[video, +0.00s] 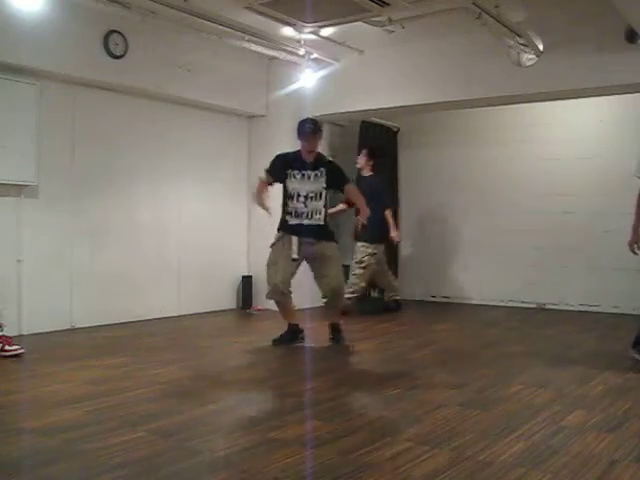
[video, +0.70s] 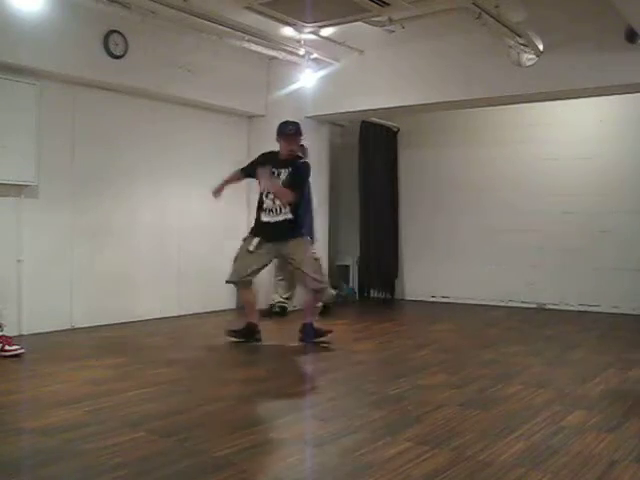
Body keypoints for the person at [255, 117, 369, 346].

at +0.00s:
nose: (310, 150)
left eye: (314, 145)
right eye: (306, 145)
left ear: (320, 140)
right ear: (299, 140)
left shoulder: (329, 167)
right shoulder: (284, 162)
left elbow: (349, 189)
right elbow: (264, 183)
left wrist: (363, 209)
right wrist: (262, 200)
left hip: (320, 238)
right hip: (289, 237)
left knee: (335, 287)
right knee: (276, 285)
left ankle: (335, 327)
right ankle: (293, 328)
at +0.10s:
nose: (304, 146)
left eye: (308, 142)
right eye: (300, 142)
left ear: (315, 140)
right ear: (294, 139)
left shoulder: (324, 164)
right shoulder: (279, 158)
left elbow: (348, 182)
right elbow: (257, 168)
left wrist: (352, 191)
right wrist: (260, 179)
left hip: (317, 236)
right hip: (285, 236)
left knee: (335, 284)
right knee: (277, 286)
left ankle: (323, 326)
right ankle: (291, 327)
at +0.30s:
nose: (295, 144)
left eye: (299, 140)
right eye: (291, 140)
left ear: (306, 137)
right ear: (284, 136)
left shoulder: (314, 151)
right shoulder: (270, 147)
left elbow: (341, 171)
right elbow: (236, 155)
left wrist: (329, 170)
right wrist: (255, 158)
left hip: (307, 229)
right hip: (277, 229)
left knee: (322, 280)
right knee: (277, 281)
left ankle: (316, 327)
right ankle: (282, 325)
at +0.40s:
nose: (294, 142)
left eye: (297, 138)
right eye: (290, 138)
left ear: (302, 136)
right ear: (280, 134)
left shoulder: (306, 155)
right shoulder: (265, 150)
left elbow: (317, 183)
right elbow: (249, 176)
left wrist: (315, 209)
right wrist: (254, 207)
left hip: (301, 222)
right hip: (275, 222)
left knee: (308, 275)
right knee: (279, 275)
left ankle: (307, 327)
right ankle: (263, 324)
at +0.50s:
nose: (290, 141)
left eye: (293, 136)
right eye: (286, 136)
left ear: (297, 137)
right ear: (277, 136)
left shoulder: (304, 167)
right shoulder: (260, 164)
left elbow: (306, 202)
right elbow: (251, 197)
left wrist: (288, 224)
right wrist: (246, 223)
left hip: (296, 234)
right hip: (267, 233)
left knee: (293, 283)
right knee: (265, 281)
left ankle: (302, 324)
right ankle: (259, 326)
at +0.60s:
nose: (292, 142)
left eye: (295, 137)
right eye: (287, 137)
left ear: (300, 139)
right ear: (279, 138)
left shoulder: (302, 168)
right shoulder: (262, 163)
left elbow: (286, 197)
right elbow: (242, 189)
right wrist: (223, 211)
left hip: (294, 236)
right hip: (264, 234)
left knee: (299, 283)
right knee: (250, 278)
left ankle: (304, 326)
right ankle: (255, 327)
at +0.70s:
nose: (293, 145)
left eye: (296, 141)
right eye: (288, 141)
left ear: (300, 141)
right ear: (279, 140)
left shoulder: (301, 166)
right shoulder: (266, 160)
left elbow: (290, 198)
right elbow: (243, 173)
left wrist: (269, 182)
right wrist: (223, 184)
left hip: (292, 236)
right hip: (263, 235)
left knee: (316, 282)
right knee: (241, 276)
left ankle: (308, 327)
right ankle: (252, 327)